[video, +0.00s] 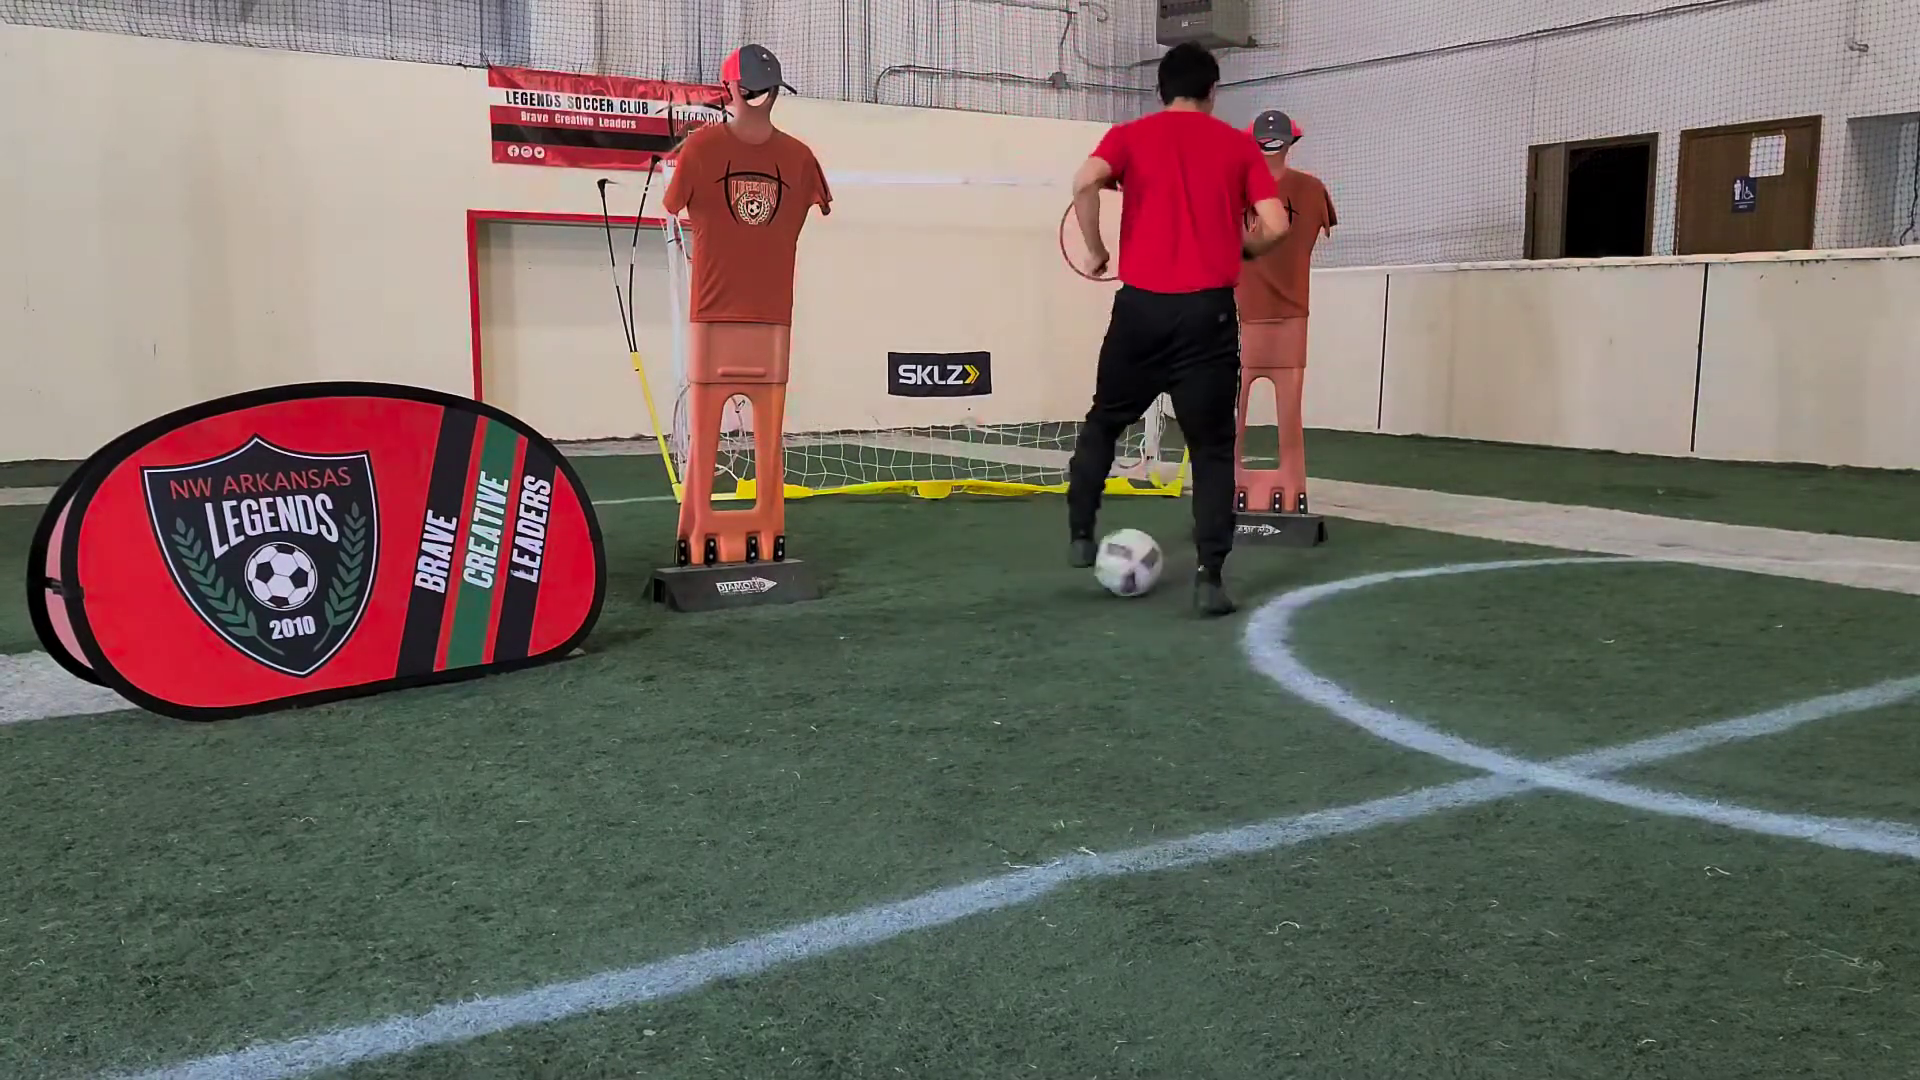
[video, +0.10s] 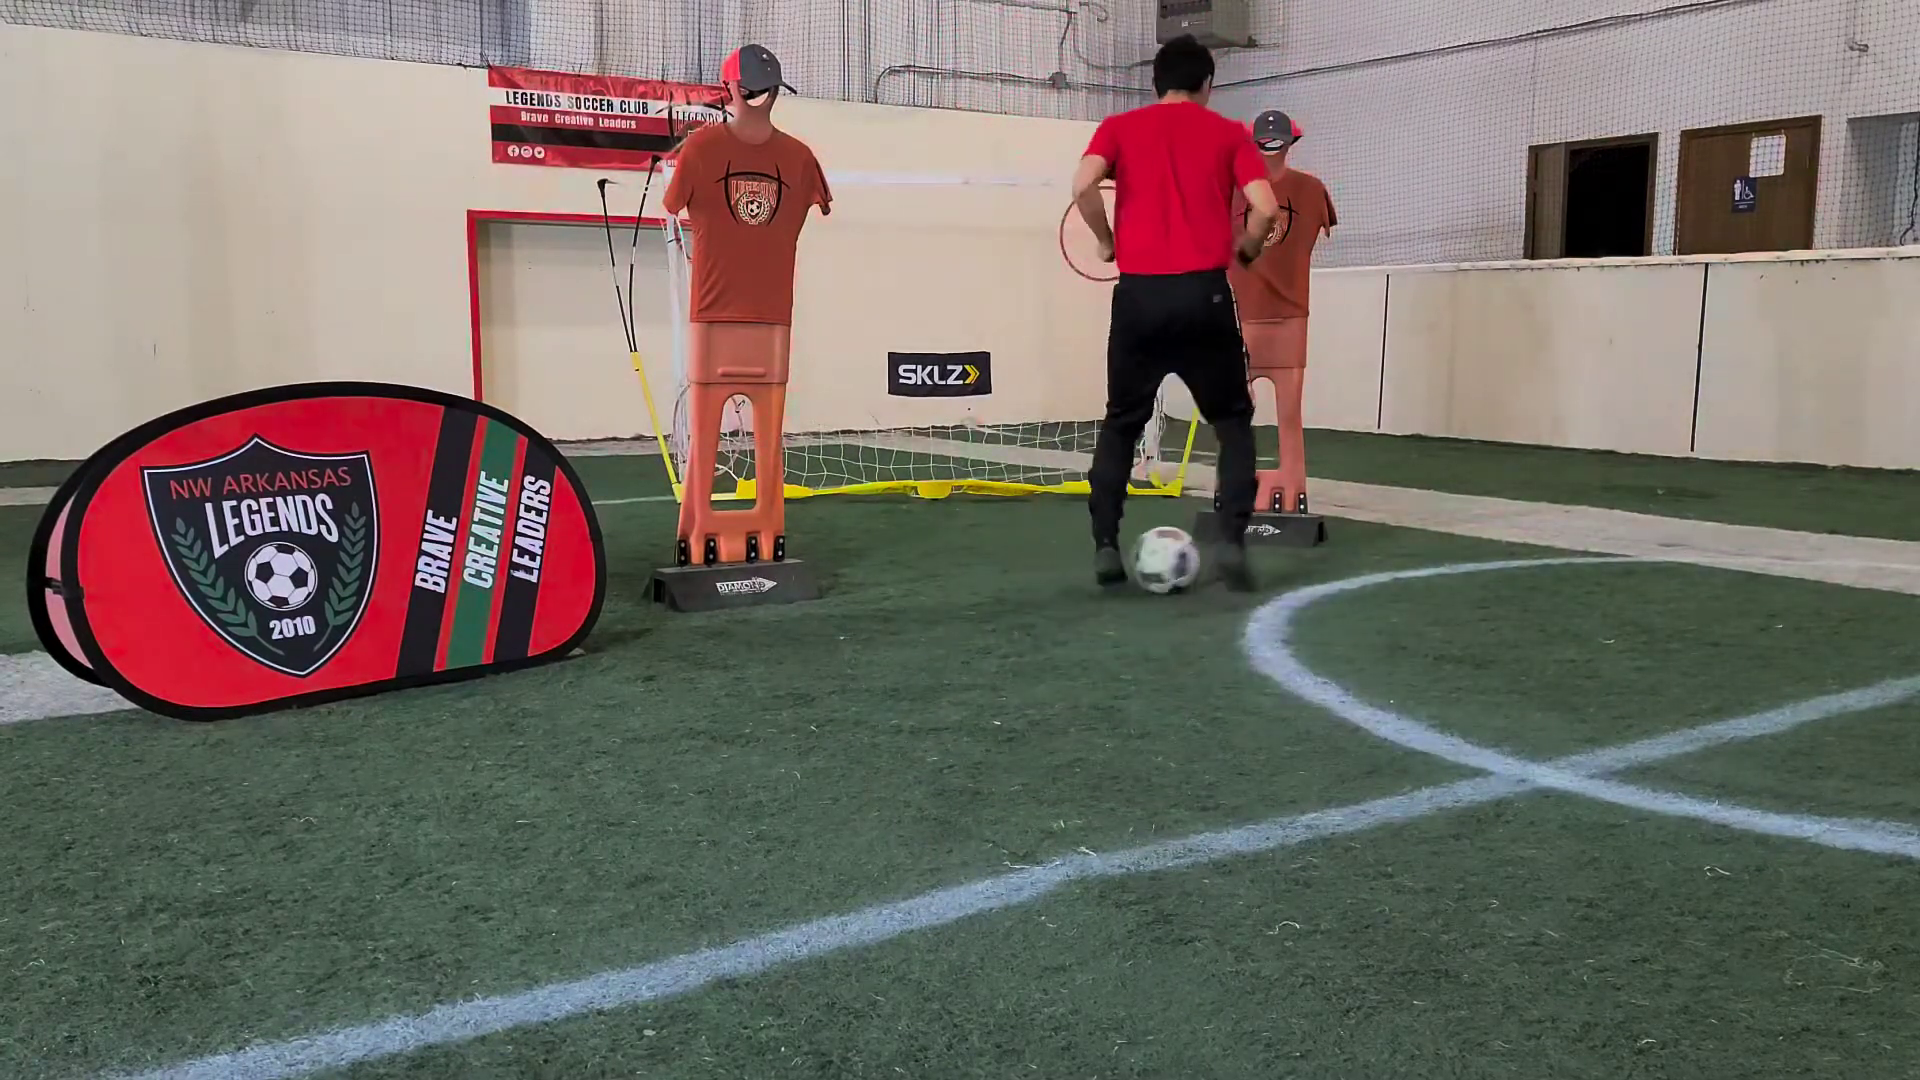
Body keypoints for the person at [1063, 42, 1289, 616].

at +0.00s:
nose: (1207, 97)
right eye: (1212, 87)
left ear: (1160, 92)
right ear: (1213, 91)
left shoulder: (1132, 134)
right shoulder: (1239, 143)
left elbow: (1084, 183)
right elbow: (1276, 224)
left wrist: (1094, 249)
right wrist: (1242, 246)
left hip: (1141, 310)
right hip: (1208, 313)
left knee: (1104, 421)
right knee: (1211, 442)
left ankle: (1082, 537)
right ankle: (1210, 577)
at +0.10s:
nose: (1207, 91)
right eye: (1209, 84)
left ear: (1155, 84)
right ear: (1207, 85)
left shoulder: (1120, 127)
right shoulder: (1229, 134)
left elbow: (1083, 187)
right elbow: (1267, 209)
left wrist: (1105, 238)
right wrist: (1247, 247)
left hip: (1138, 300)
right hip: (1204, 301)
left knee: (1122, 417)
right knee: (1232, 418)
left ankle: (1106, 541)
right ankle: (1231, 538)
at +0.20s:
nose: (1211, 110)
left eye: (1207, 103)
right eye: (1211, 103)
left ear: (1158, 100)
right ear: (1205, 102)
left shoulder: (1115, 149)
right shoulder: (1219, 150)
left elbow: (1072, 225)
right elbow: (1253, 213)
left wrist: (1121, 251)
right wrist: (1261, 285)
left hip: (1131, 322)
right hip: (1198, 317)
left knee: (1126, 443)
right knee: (1251, 415)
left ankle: (1115, 568)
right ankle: (1278, 533)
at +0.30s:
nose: (1226, 107)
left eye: (1222, 100)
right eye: (1226, 99)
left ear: (1171, 96)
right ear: (1218, 98)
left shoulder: (1127, 142)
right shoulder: (1225, 141)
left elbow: (1079, 218)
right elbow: (1242, 190)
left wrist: (1129, 250)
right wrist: (1256, 268)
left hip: (1134, 312)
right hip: (1199, 310)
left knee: (1125, 432)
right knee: (1245, 411)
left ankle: (1109, 559)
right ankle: (1260, 527)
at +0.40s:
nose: (1236, 102)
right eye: (1237, 94)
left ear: (1183, 91)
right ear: (1229, 93)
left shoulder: (1142, 133)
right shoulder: (1241, 135)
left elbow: (1095, 203)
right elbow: (1250, 184)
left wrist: (1134, 246)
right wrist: (1259, 256)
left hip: (1147, 299)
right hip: (1209, 302)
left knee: (1118, 414)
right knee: (1226, 423)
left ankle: (1092, 520)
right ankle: (1228, 546)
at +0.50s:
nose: (1236, 120)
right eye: (1238, 113)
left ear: (1187, 110)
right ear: (1236, 113)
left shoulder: (1156, 152)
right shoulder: (1255, 161)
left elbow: (1106, 208)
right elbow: (1285, 230)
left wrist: (1125, 263)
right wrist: (1283, 278)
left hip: (1157, 319)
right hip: (1220, 321)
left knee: (1113, 416)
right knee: (1219, 443)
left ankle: (1081, 526)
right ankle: (1217, 566)